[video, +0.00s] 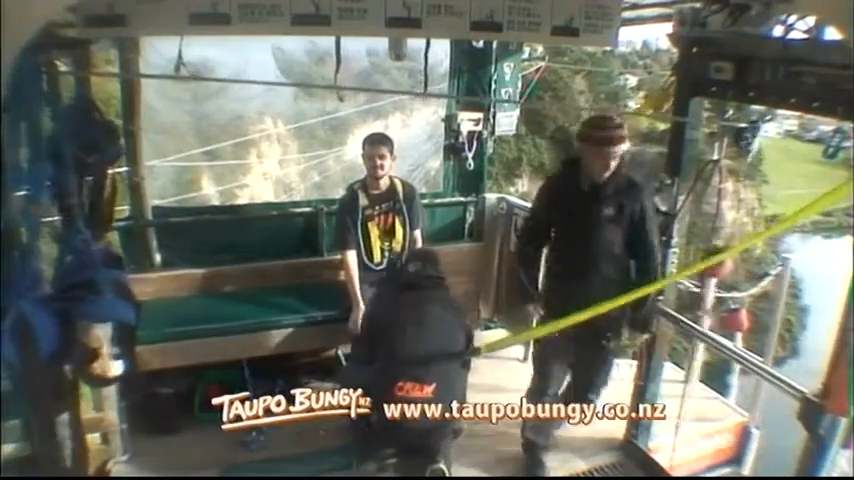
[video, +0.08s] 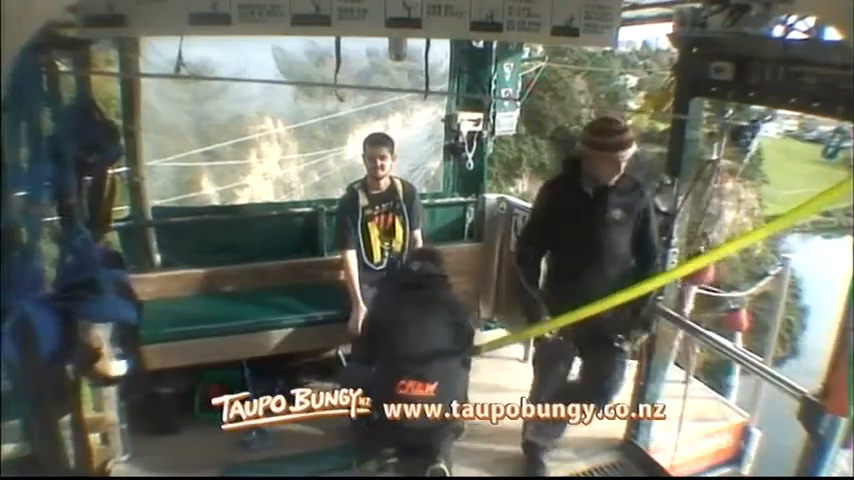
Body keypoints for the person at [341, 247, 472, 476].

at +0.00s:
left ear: (401, 270)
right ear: (437, 274)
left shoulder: (381, 302)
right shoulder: (454, 309)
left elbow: (362, 353)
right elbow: (465, 359)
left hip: (389, 412)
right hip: (440, 412)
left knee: (350, 375)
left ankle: (377, 452)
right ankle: (439, 457)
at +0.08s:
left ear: (404, 268)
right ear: (439, 272)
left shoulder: (385, 299)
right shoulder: (452, 304)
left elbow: (364, 352)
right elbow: (465, 350)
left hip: (391, 409)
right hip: (441, 409)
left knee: (350, 376)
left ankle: (374, 452)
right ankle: (440, 456)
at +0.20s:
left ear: (404, 270)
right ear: (442, 274)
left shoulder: (385, 302)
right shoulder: (457, 307)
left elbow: (362, 355)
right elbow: (465, 356)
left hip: (391, 413)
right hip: (441, 412)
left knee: (349, 375)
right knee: (461, 368)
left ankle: (377, 450)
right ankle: (441, 454)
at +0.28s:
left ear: (407, 270)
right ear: (444, 274)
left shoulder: (386, 303)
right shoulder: (456, 307)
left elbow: (365, 354)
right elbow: (466, 358)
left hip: (392, 407)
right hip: (445, 405)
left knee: (349, 376)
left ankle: (380, 451)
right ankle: (441, 455)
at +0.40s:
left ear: (409, 272)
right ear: (446, 277)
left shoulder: (387, 304)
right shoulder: (460, 311)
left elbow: (364, 351)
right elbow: (467, 361)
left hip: (390, 413)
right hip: (443, 413)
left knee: (350, 380)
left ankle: (376, 452)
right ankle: (440, 457)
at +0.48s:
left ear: (412, 273)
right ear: (447, 279)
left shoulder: (388, 303)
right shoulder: (463, 310)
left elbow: (366, 350)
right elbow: (470, 360)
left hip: (390, 412)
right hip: (444, 413)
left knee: (351, 378)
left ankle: (374, 452)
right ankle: (440, 456)